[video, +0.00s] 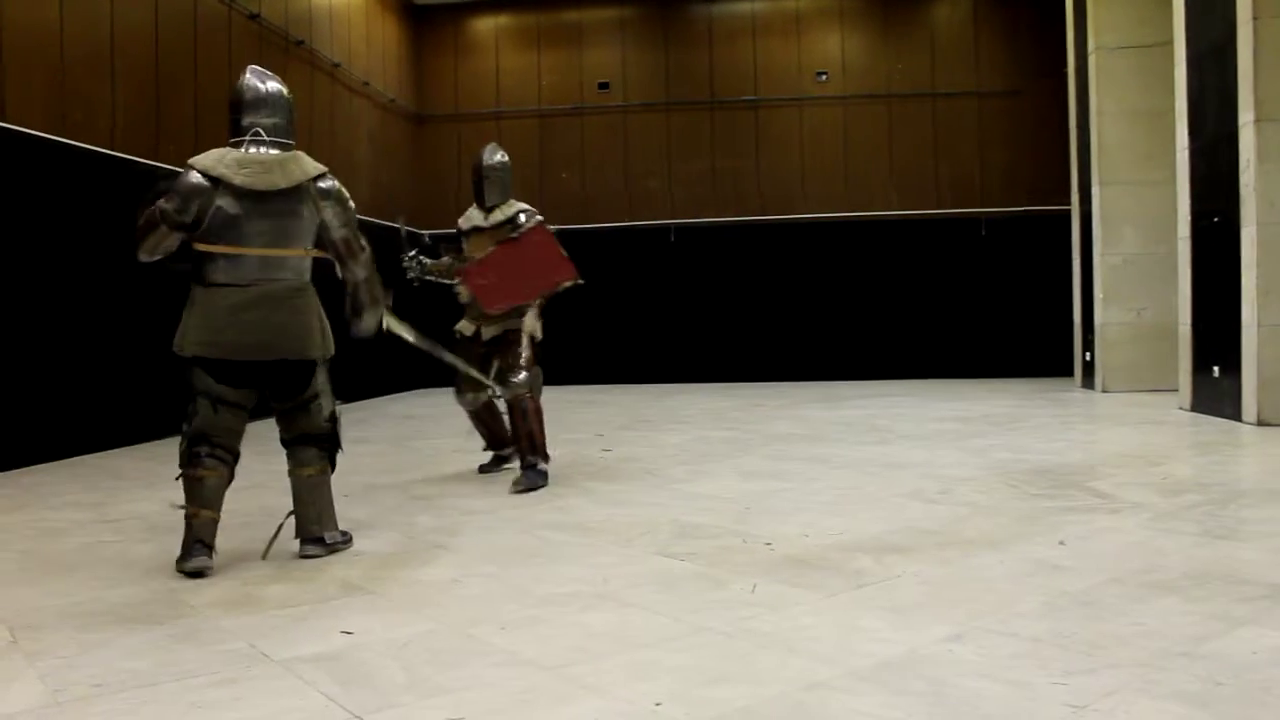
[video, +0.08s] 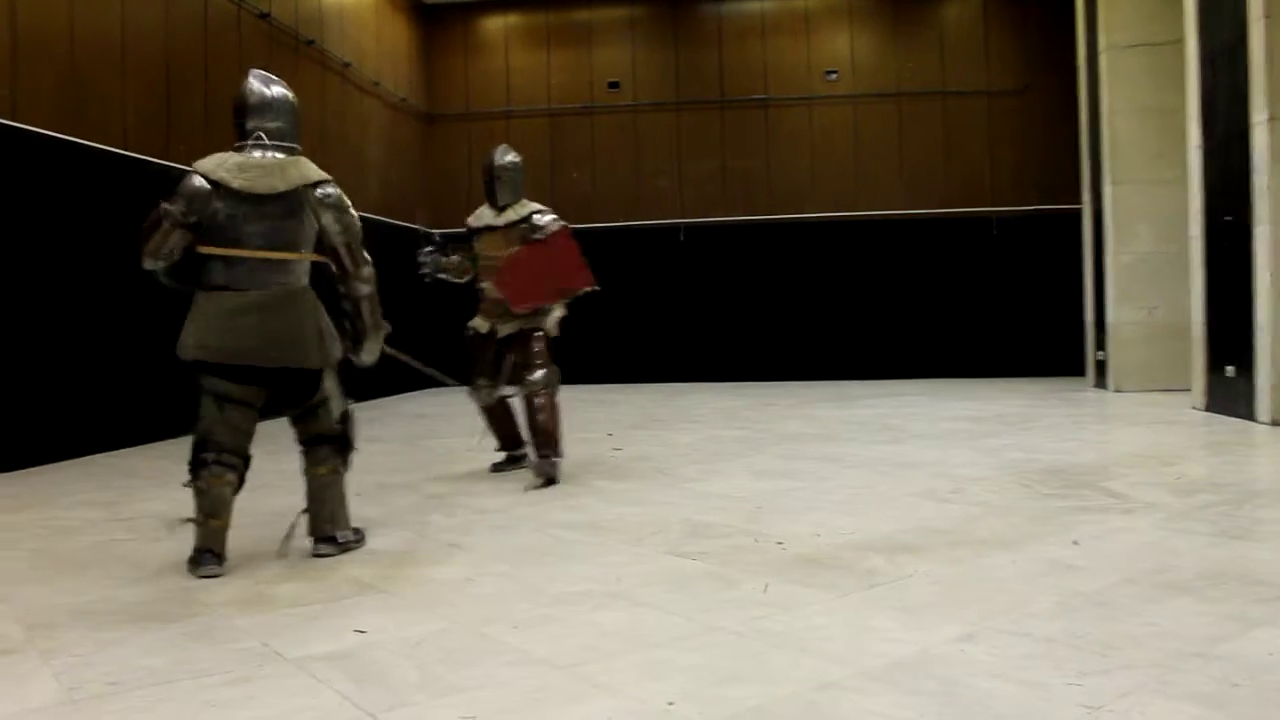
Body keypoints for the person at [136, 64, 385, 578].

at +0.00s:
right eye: (278, 112)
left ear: (237, 117)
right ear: (288, 116)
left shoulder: (204, 175)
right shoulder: (317, 180)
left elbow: (151, 245)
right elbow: (352, 251)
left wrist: (171, 212)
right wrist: (369, 304)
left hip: (221, 327)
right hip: (293, 328)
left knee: (213, 431)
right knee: (308, 423)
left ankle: (198, 545)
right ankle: (317, 530)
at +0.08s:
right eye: (285, 118)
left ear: (242, 121)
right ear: (293, 121)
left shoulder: (204, 179)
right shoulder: (316, 186)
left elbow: (157, 255)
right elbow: (356, 268)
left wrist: (201, 280)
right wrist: (370, 336)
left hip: (223, 330)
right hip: (294, 332)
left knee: (222, 440)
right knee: (324, 423)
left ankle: (209, 551)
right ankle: (330, 529)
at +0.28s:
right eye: (334, 123)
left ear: (289, 126)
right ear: (337, 125)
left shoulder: (250, 183)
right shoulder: (353, 186)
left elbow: (223, 267)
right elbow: (392, 255)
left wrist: (262, 293)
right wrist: (406, 322)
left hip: (262, 329)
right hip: (334, 330)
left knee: (262, 435)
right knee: (369, 426)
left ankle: (254, 547)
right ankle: (372, 528)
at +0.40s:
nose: (378, 133)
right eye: (376, 126)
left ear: (330, 128)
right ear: (376, 128)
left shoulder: (293, 183)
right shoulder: (384, 185)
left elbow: (271, 238)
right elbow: (425, 242)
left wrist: (280, 284)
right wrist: (445, 289)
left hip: (299, 322)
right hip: (366, 323)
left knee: (297, 434)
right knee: (406, 426)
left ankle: (282, 546)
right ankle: (396, 529)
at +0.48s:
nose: (404, 135)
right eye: (403, 127)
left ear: (357, 129)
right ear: (402, 129)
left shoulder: (322, 184)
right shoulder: (408, 186)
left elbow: (301, 242)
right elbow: (454, 251)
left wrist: (314, 283)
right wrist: (475, 273)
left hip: (325, 323)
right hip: (391, 324)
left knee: (320, 434)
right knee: (430, 428)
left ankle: (297, 539)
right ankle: (409, 527)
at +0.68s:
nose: (447, 125)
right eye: (445, 118)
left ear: (397, 121)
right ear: (444, 120)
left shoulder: (364, 178)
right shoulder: (452, 177)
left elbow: (355, 258)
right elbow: (509, 246)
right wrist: (512, 225)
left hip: (374, 318)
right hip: (434, 320)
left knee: (380, 413)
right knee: (441, 428)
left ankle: (351, 489)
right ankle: (419, 528)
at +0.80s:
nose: (458, 126)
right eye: (456, 118)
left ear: (407, 121)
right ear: (454, 119)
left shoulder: (377, 176)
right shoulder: (464, 173)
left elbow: (362, 255)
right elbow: (519, 242)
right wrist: (522, 220)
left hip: (388, 312)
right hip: (444, 313)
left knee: (409, 420)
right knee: (433, 423)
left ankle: (410, 524)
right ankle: (415, 529)